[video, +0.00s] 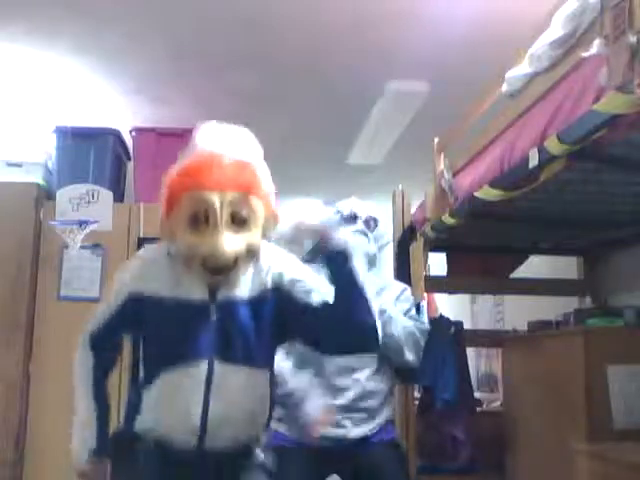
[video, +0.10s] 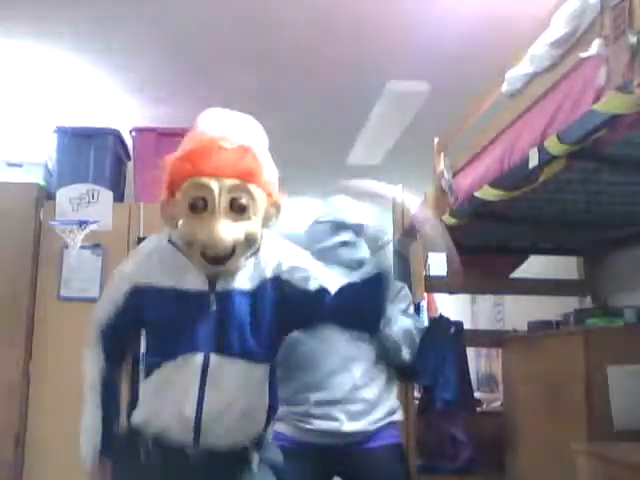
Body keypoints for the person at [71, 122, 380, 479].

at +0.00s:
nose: (219, 239)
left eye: (238, 220)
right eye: (201, 220)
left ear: (262, 224)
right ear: (173, 223)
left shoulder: (273, 281)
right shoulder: (148, 276)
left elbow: (357, 340)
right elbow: (94, 350)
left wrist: (337, 256)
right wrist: (93, 446)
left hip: (237, 462)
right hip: (155, 459)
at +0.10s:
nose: (217, 232)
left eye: (238, 208)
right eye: (198, 205)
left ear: (268, 216)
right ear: (169, 210)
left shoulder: (275, 277)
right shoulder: (147, 270)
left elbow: (359, 310)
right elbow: (107, 353)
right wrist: (103, 444)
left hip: (235, 459)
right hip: (154, 455)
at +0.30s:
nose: (210, 248)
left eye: (232, 224)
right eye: (193, 222)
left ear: (263, 229)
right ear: (169, 225)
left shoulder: (278, 283)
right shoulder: (151, 288)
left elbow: (339, 310)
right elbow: (120, 394)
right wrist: (105, 469)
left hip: (244, 469)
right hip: (156, 467)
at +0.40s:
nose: (211, 249)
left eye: (232, 225)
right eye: (192, 223)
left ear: (259, 232)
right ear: (167, 230)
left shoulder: (276, 280)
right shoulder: (148, 287)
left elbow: (349, 324)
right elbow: (114, 394)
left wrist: (394, 388)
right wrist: (99, 467)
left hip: (244, 466)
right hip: (156, 464)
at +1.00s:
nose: (211, 187)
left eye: (228, 171)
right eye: (191, 168)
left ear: (250, 181)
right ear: (164, 176)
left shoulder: (259, 244)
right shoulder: (130, 237)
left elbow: (306, 334)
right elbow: (41, 251)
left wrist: (304, 433)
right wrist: (75, 164)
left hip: (240, 455)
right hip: (148, 455)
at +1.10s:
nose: (217, 192)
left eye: (233, 173)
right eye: (195, 170)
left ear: (252, 190)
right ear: (161, 186)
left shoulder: (259, 264)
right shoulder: (127, 260)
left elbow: (300, 356)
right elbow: (41, 252)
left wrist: (310, 448)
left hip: (241, 463)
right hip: (150, 462)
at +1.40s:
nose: (209, 209)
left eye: (228, 191)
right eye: (190, 189)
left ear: (250, 200)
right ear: (162, 196)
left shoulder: (262, 260)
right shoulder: (137, 257)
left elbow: (315, 340)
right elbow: (87, 364)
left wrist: (330, 425)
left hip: (229, 459)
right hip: (147, 457)